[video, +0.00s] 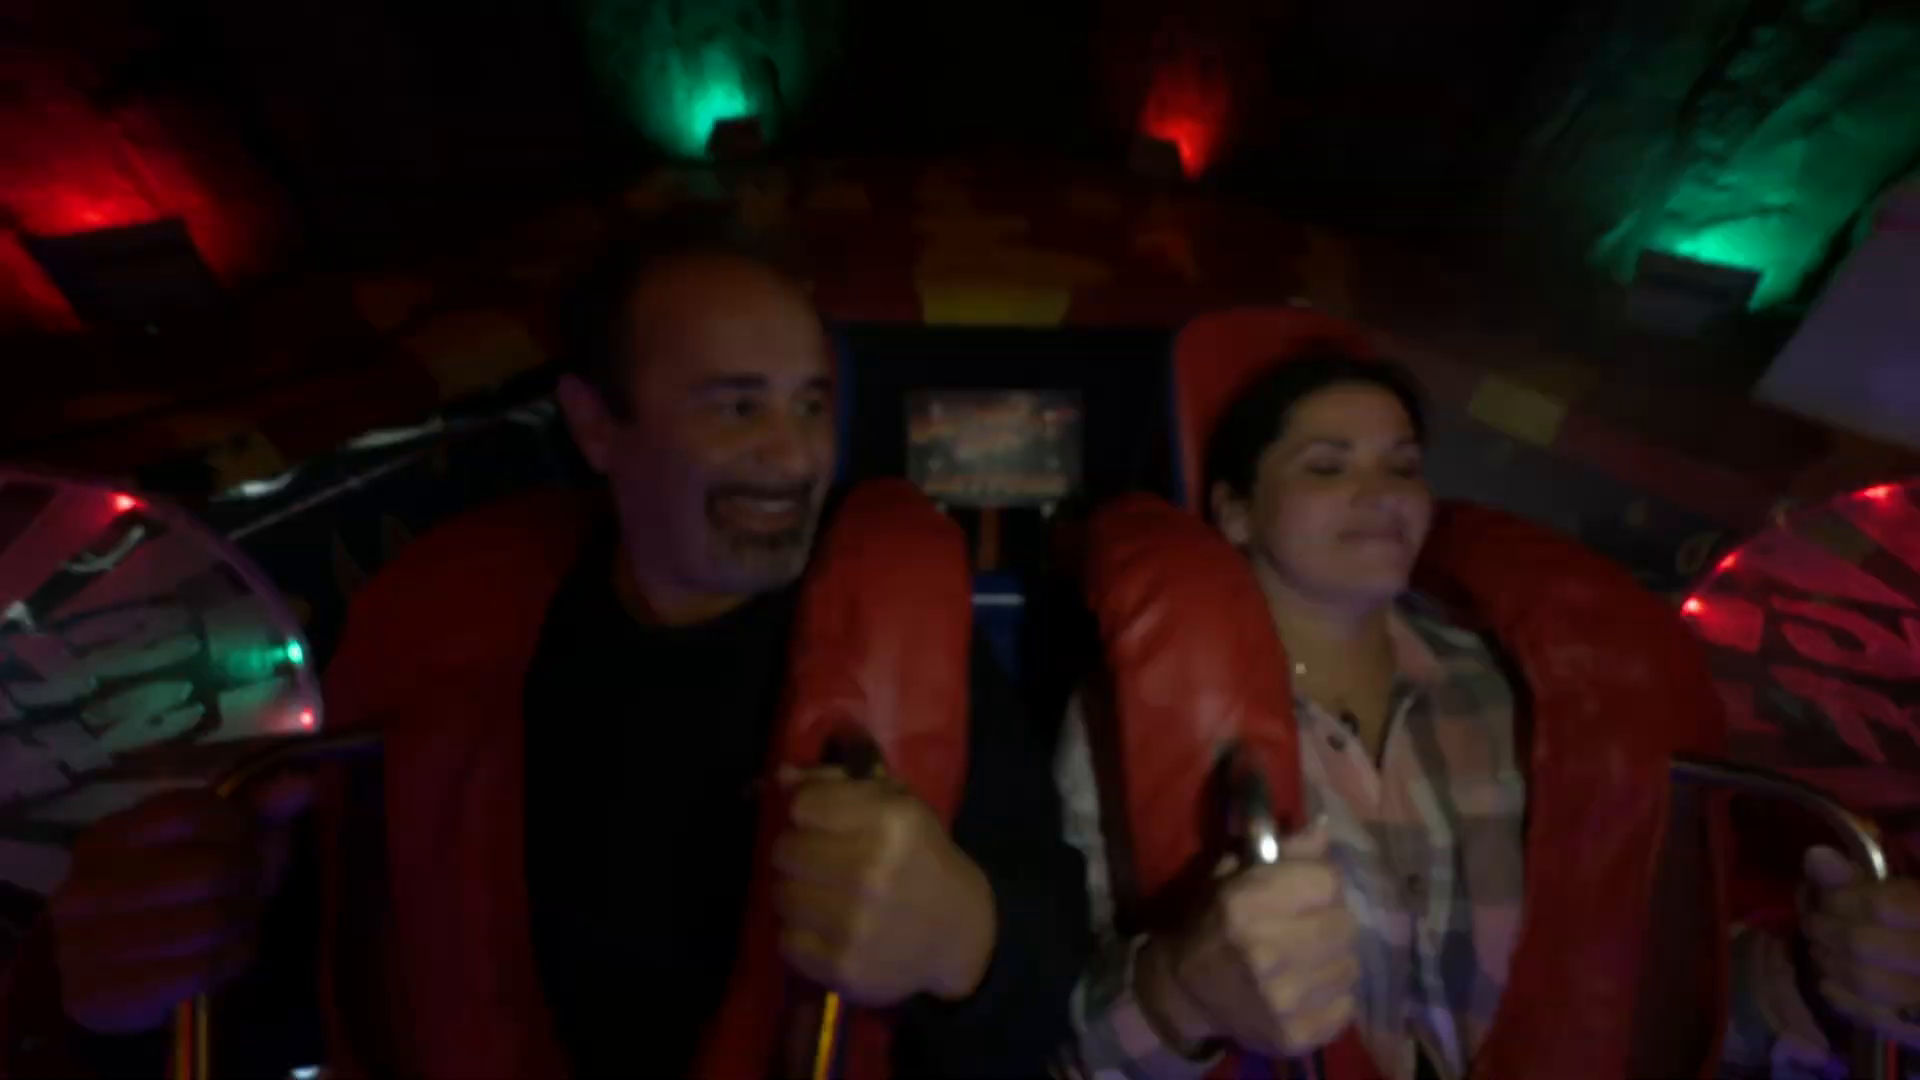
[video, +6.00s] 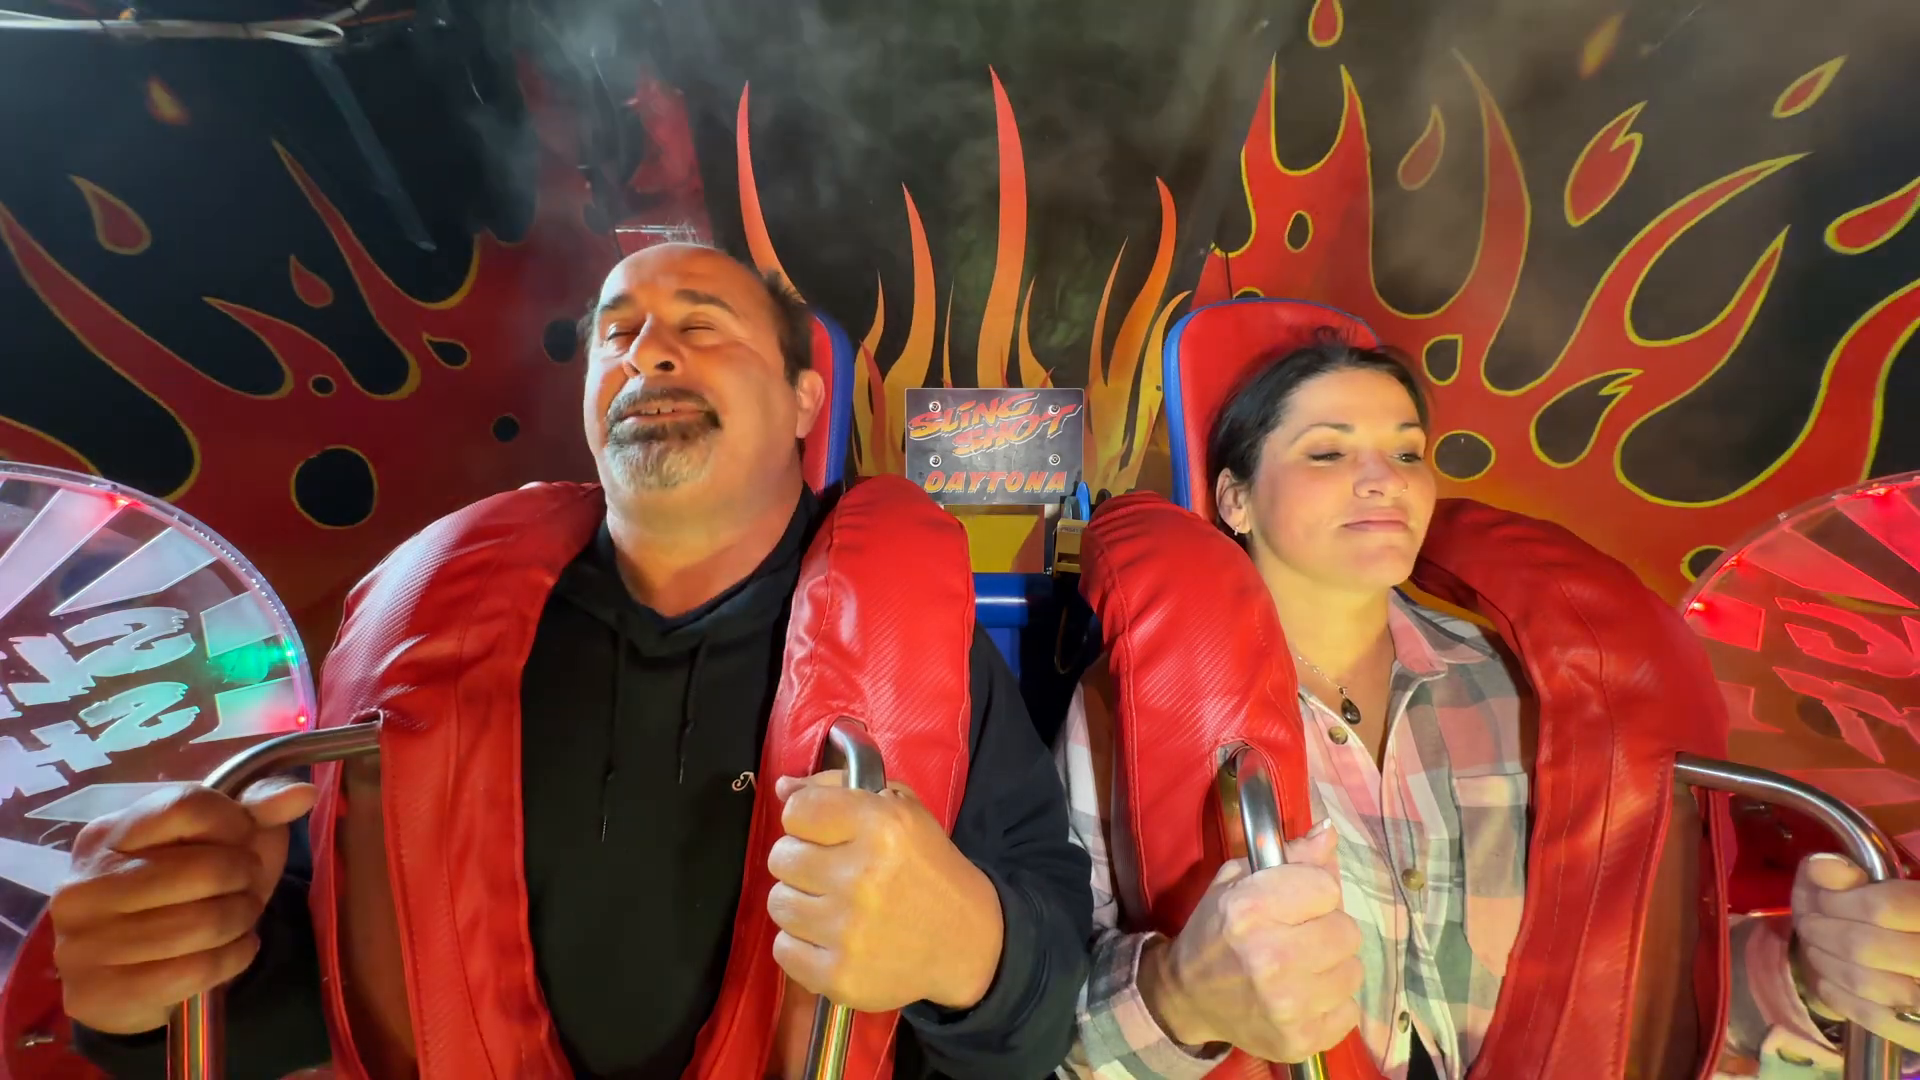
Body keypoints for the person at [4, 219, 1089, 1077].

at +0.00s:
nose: (790, 451)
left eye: (812, 403)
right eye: (732, 404)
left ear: (840, 416)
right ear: (600, 429)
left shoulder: (927, 644)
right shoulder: (441, 632)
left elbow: (1049, 1015)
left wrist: (973, 943)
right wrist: (96, 973)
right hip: (495, 1064)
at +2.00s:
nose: (817, 433)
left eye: (833, 390)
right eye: (762, 378)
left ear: (850, 410)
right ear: (620, 400)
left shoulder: (918, 654)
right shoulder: (428, 626)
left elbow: (1044, 980)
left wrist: (977, 949)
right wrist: (106, 982)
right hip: (484, 1056)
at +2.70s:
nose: (673, 435)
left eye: (733, 392)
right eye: (634, 390)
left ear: (816, 437)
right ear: (582, 421)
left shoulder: (917, 654)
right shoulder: (434, 635)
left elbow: (1040, 1000)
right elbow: (317, 982)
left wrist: (973, 954)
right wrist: (128, 976)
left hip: (790, 1067)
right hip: (499, 1065)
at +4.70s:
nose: (713, 395)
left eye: (760, 365)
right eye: (667, 356)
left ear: (816, 429)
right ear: (589, 420)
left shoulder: (929, 655)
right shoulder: (429, 627)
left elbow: (1048, 1017)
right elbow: (309, 981)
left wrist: (980, 949)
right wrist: (103, 983)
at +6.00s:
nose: (649, 348)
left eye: (708, 319)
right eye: (617, 333)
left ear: (805, 405)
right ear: (585, 417)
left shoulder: (924, 658)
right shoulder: (438, 637)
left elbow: (1045, 1003)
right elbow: (309, 977)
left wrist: (982, 956)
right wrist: (104, 993)